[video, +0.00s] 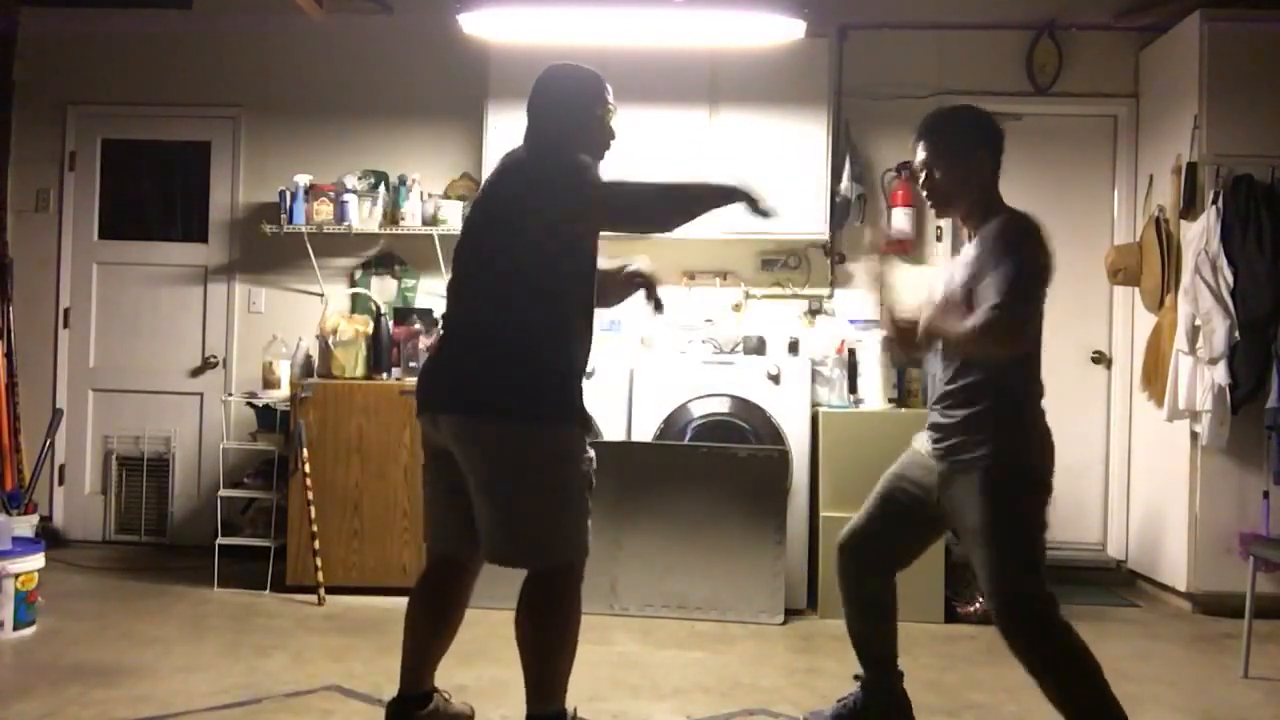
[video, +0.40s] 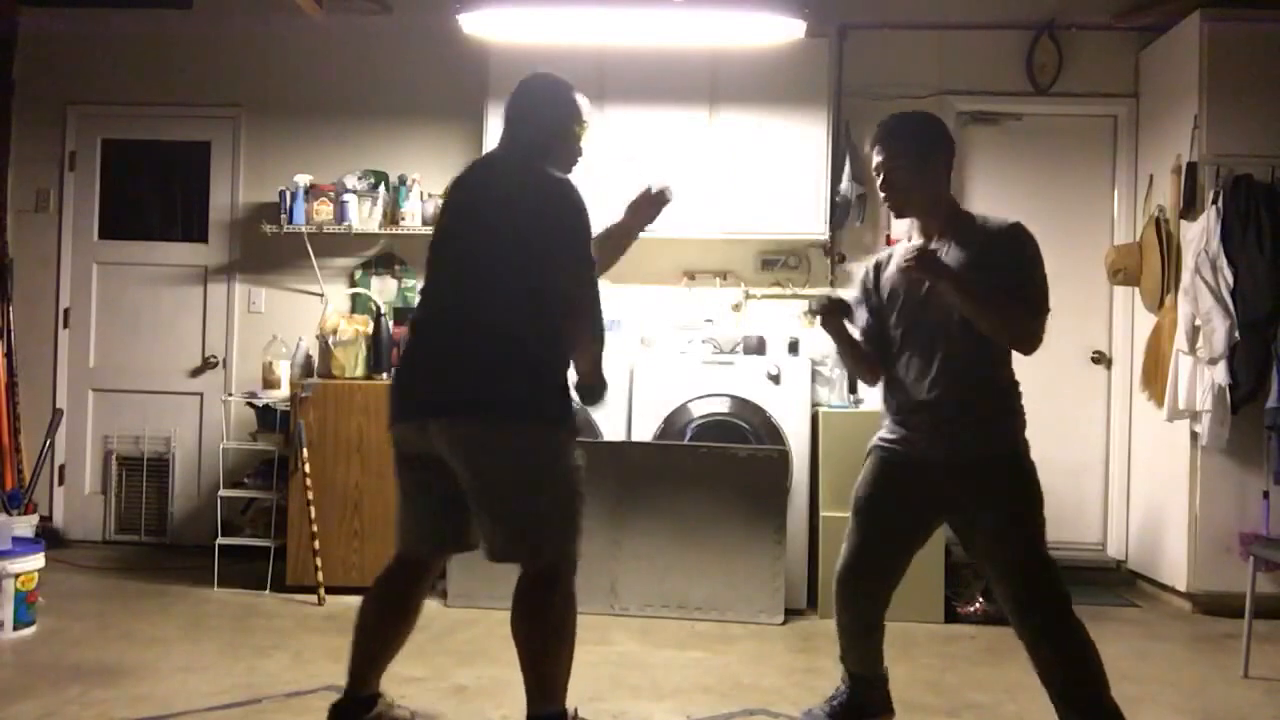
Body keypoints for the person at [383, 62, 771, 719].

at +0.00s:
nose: (612, 130)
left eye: (611, 116)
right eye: (604, 116)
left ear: (541, 115)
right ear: (573, 115)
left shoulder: (505, 182)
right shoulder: (557, 176)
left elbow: (559, 289)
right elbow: (650, 205)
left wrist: (632, 279)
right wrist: (731, 192)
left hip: (448, 397)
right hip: (525, 404)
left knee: (454, 556)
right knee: (559, 558)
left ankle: (412, 696)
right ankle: (547, 712)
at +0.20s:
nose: (617, 136)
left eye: (617, 121)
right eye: (611, 120)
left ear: (545, 115)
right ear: (583, 119)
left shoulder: (499, 177)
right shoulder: (590, 183)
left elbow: (523, 261)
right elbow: (675, 250)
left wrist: (598, 259)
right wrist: (741, 266)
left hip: (442, 392)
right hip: (528, 402)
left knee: (452, 548)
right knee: (555, 560)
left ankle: (402, 689)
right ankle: (548, 713)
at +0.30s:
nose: (601, 139)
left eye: (602, 125)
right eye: (595, 124)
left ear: (531, 119)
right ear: (563, 123)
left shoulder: (485, 181)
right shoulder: (569, 193)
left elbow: (558, 269)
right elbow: (589, 295)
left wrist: (610, 220)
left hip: (438, 390)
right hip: (527, 398)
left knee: (438, 547)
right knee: (557, 558)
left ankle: (377, 693)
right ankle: (549, 713)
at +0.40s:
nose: (583, 141)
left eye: (583, 128)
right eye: (576, 127)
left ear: (515, 123)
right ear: (548, 126)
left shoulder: (468, 185)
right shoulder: (554, 194)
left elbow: (570, 268)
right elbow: (577, 304)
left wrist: (631, 224)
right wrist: (591, 375)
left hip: (420, 396)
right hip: (514, 401)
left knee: (416, 556)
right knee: (549, 561)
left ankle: (357, 700)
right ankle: (548, 713)